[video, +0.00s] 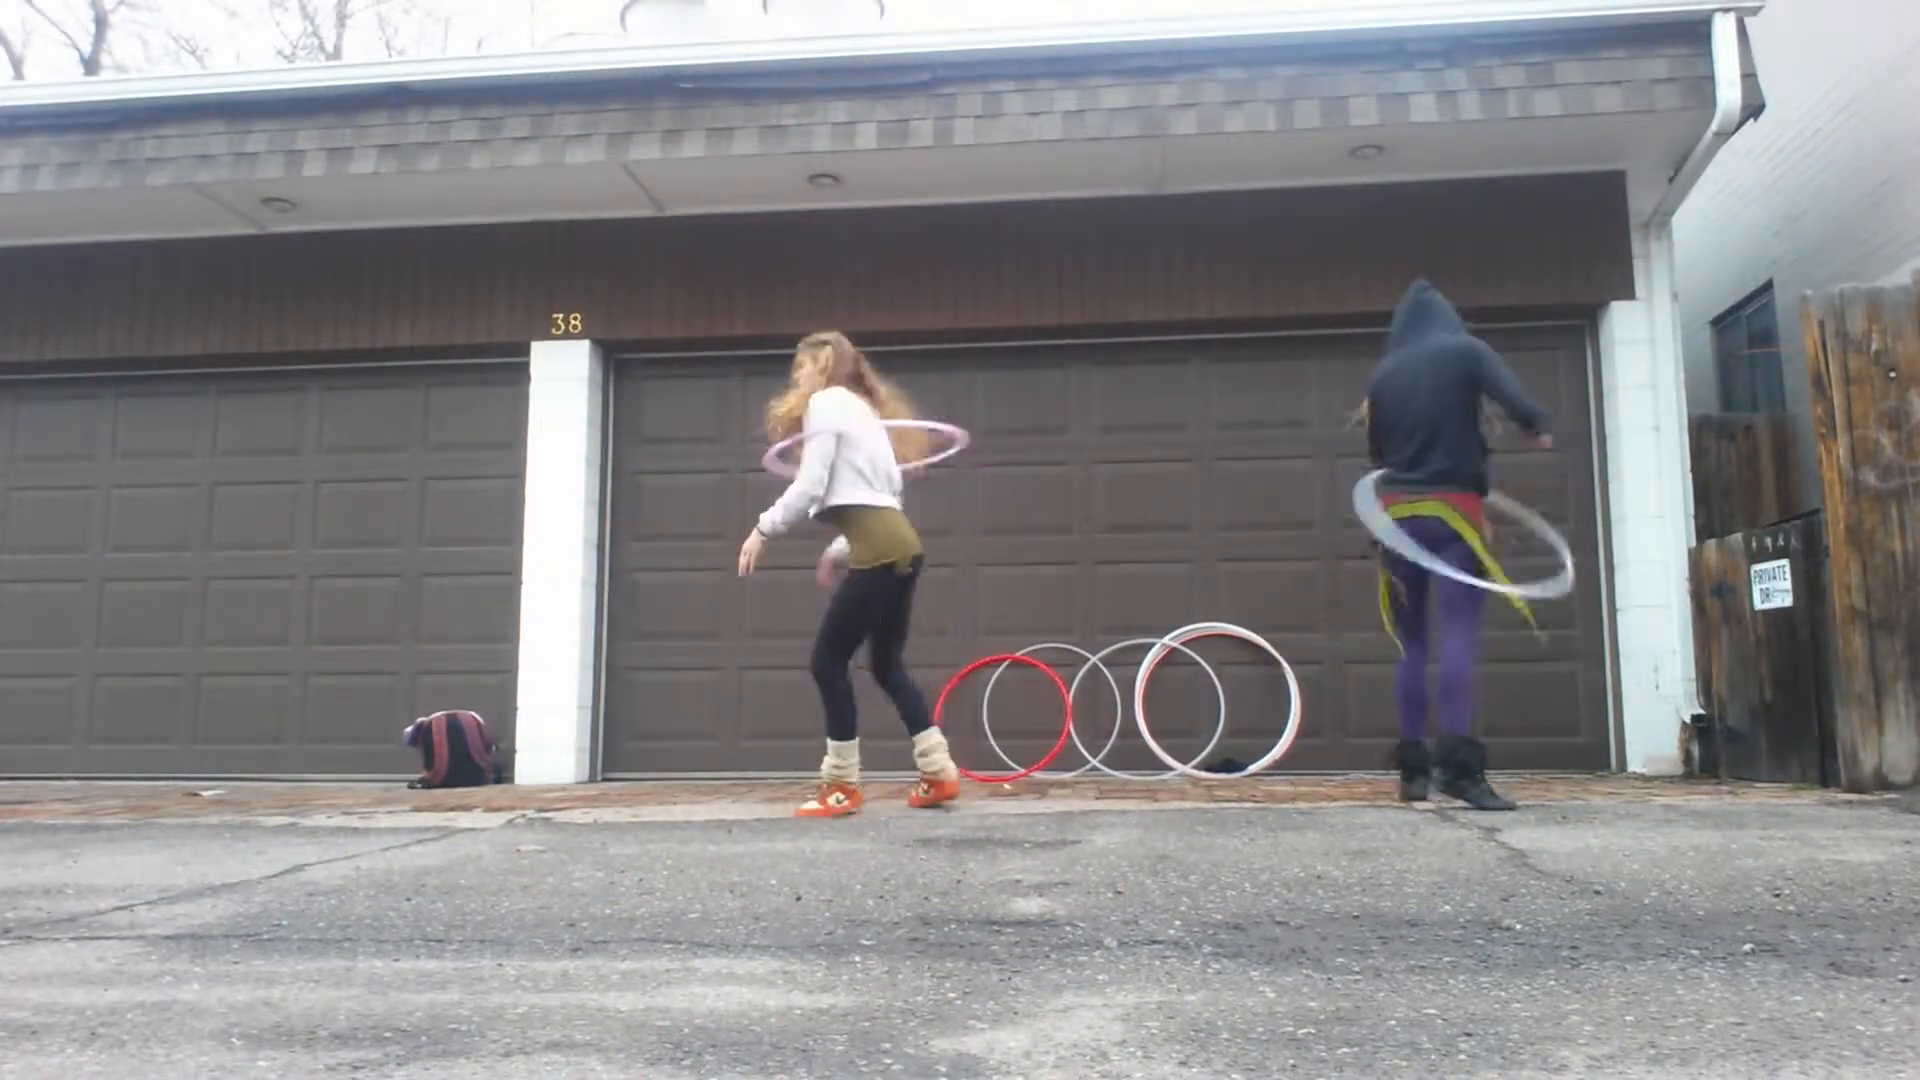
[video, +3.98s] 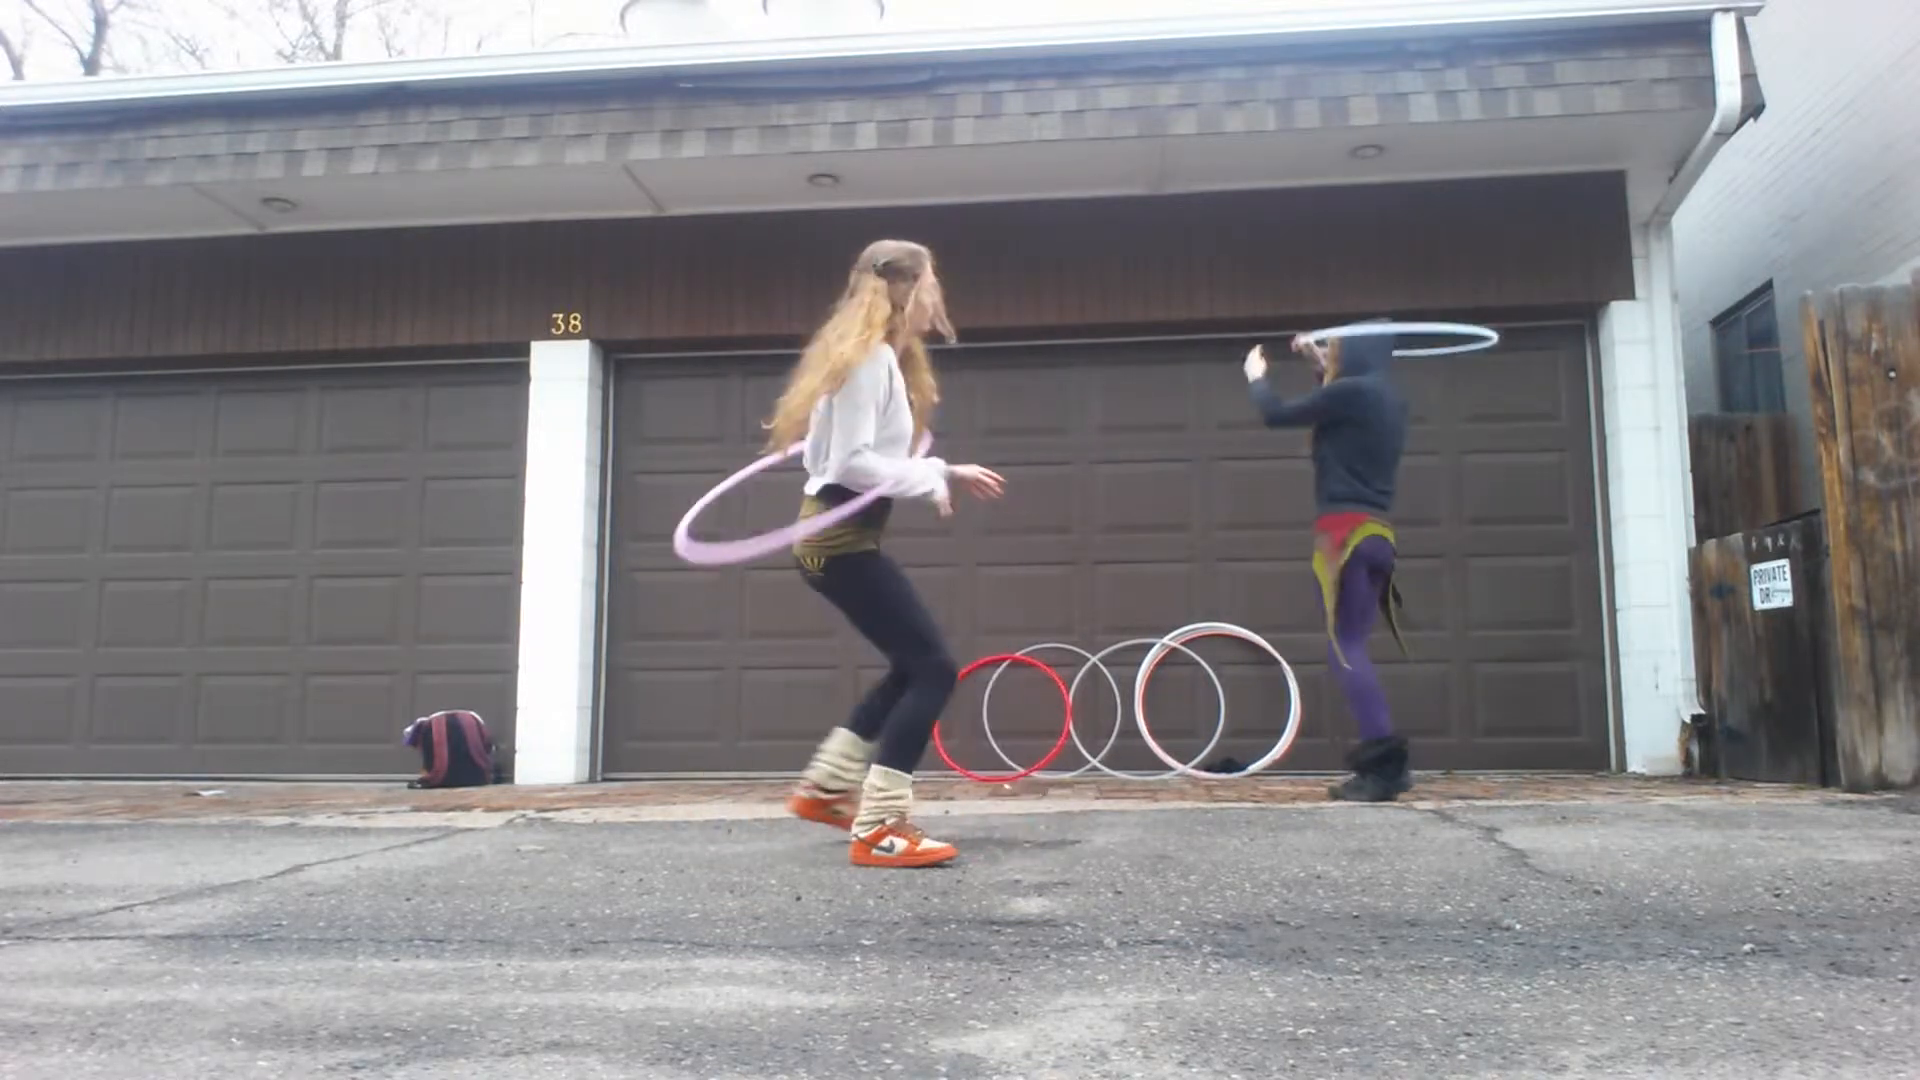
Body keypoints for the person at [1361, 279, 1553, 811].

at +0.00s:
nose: (1457, 325)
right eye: (1454, 318)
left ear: (1403, 324)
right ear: (1447, 318)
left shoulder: (1385, 373)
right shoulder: (1465, 350)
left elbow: (1380, 451)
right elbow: (1516, 402)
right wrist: (1537, 428)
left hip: (1397, 511)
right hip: (1454, 508)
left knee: (1413, 642)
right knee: (1457, 637)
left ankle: (1413, 770)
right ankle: (1458, 765)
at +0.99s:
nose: (1338, 385)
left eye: (1348, 380)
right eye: (1332, 377)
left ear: (1361, 391)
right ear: (1318, 383)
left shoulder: (1373, 439)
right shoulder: (1296, 432)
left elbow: (1401, 494)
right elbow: (1239, 472)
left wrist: (1403, 534)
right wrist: (1251, 426)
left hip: (1346, 562)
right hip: (1295, 561)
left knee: (1327, 656)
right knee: (1302, 664)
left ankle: (1373, 725)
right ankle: (1345, 762)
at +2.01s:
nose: (1283, 406)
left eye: (1291, 399)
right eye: (1276, 399)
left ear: (1302, 404)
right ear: (1264, 403)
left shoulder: (1319, 444)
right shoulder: (1251, 446)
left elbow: (1340, 503)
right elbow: (1226, 488)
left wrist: (1367, 537)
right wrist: (1206, 521)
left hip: (1330, 560)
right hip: (1278, 565)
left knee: (1371, 637)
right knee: (1272, 662)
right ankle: (1257, 762)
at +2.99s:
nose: (1401, 388)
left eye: (1409, 380)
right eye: (1393, 381)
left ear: (1421, 386)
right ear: (1379, 387)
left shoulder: (1432, 437)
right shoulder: (1357, 432)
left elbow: (1432, 505)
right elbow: (1316, 488)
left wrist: (1431, 561)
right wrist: (1296, 548)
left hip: (1418, 554)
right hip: (1364, 554)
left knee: (1415, 658)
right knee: (1381, 658)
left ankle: (1431, 757)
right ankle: (1402, 765)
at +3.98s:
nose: (1326, 361)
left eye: (1331, 353)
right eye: (1325, 353)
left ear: (1352, 356)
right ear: (1375, 358)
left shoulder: (1349, 393)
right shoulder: (1389, 399)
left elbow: (1275, 413)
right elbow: (1340, 402)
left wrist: (1256, 376)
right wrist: (1320, 361)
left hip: (1347, 535)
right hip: (1378, 535)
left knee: (1345, 650)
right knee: (1349, 649)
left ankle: (1384, 759)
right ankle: (1380, 758)